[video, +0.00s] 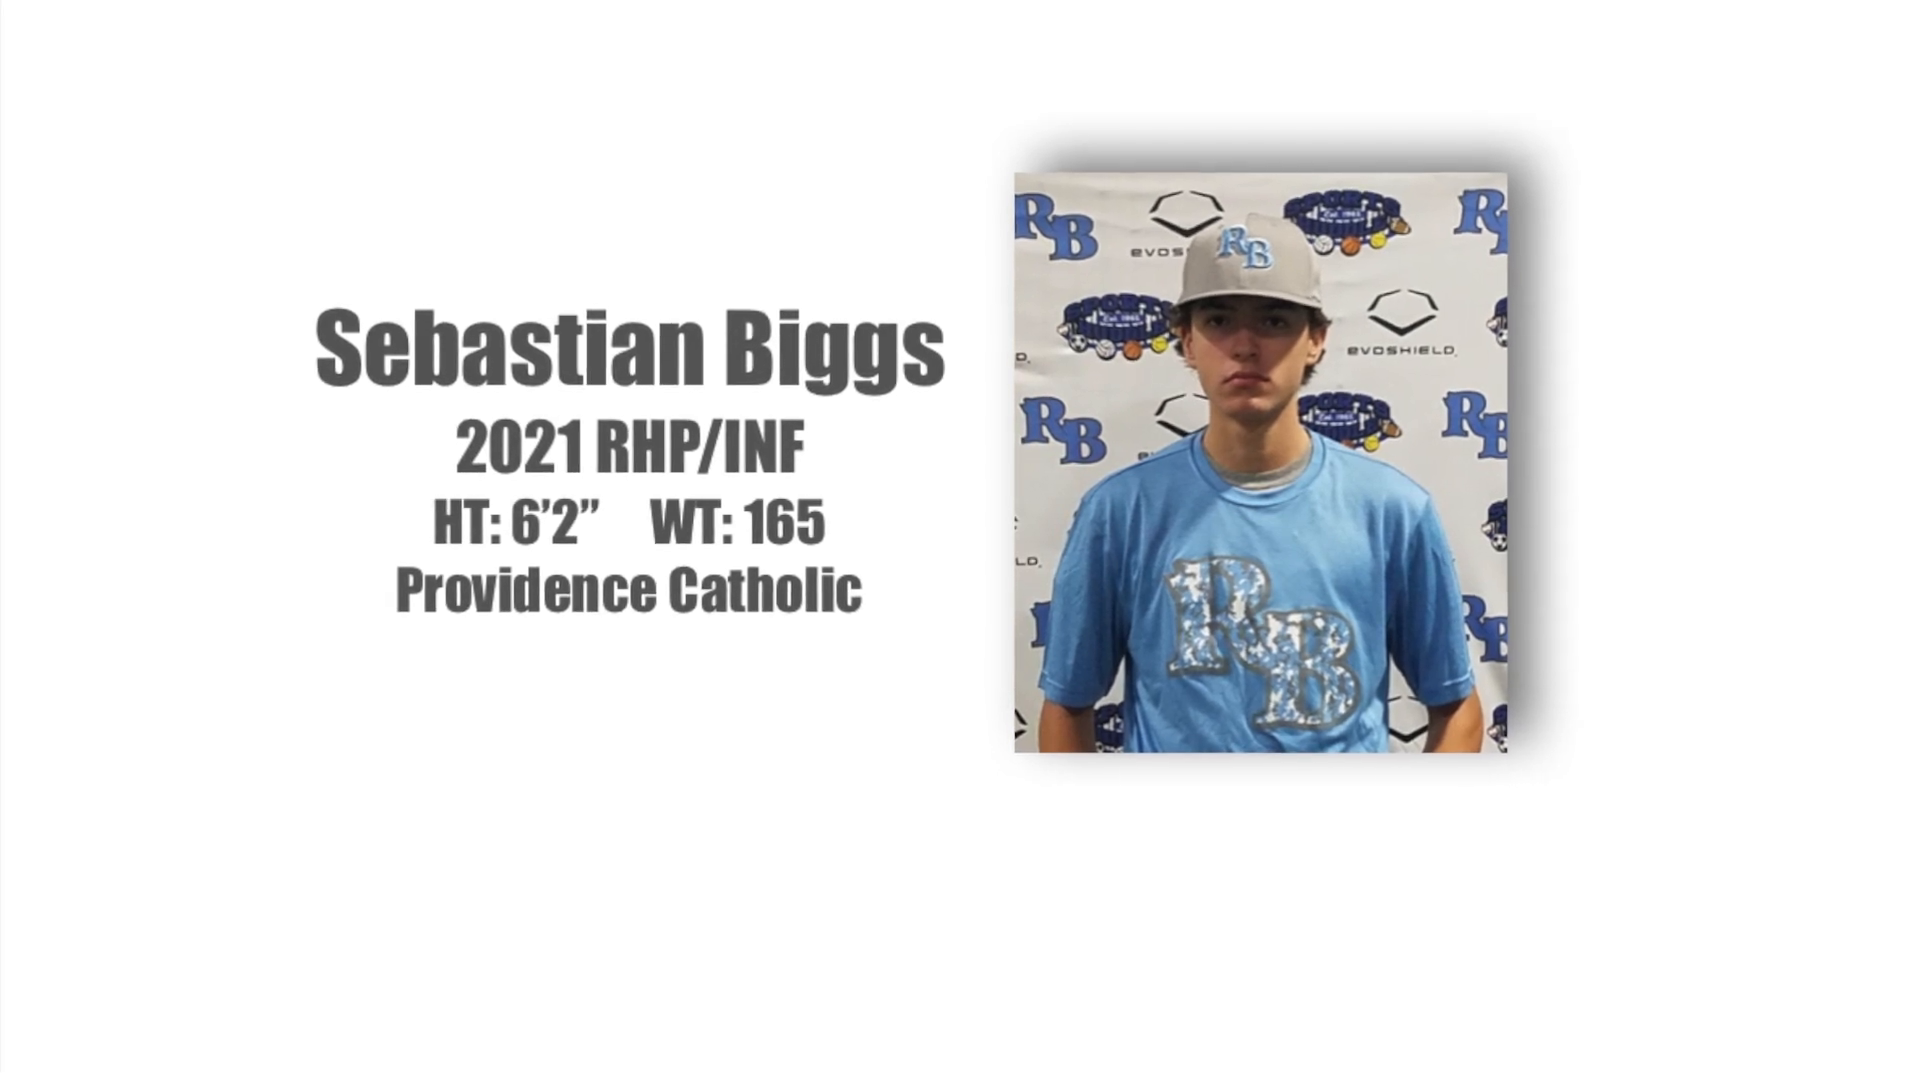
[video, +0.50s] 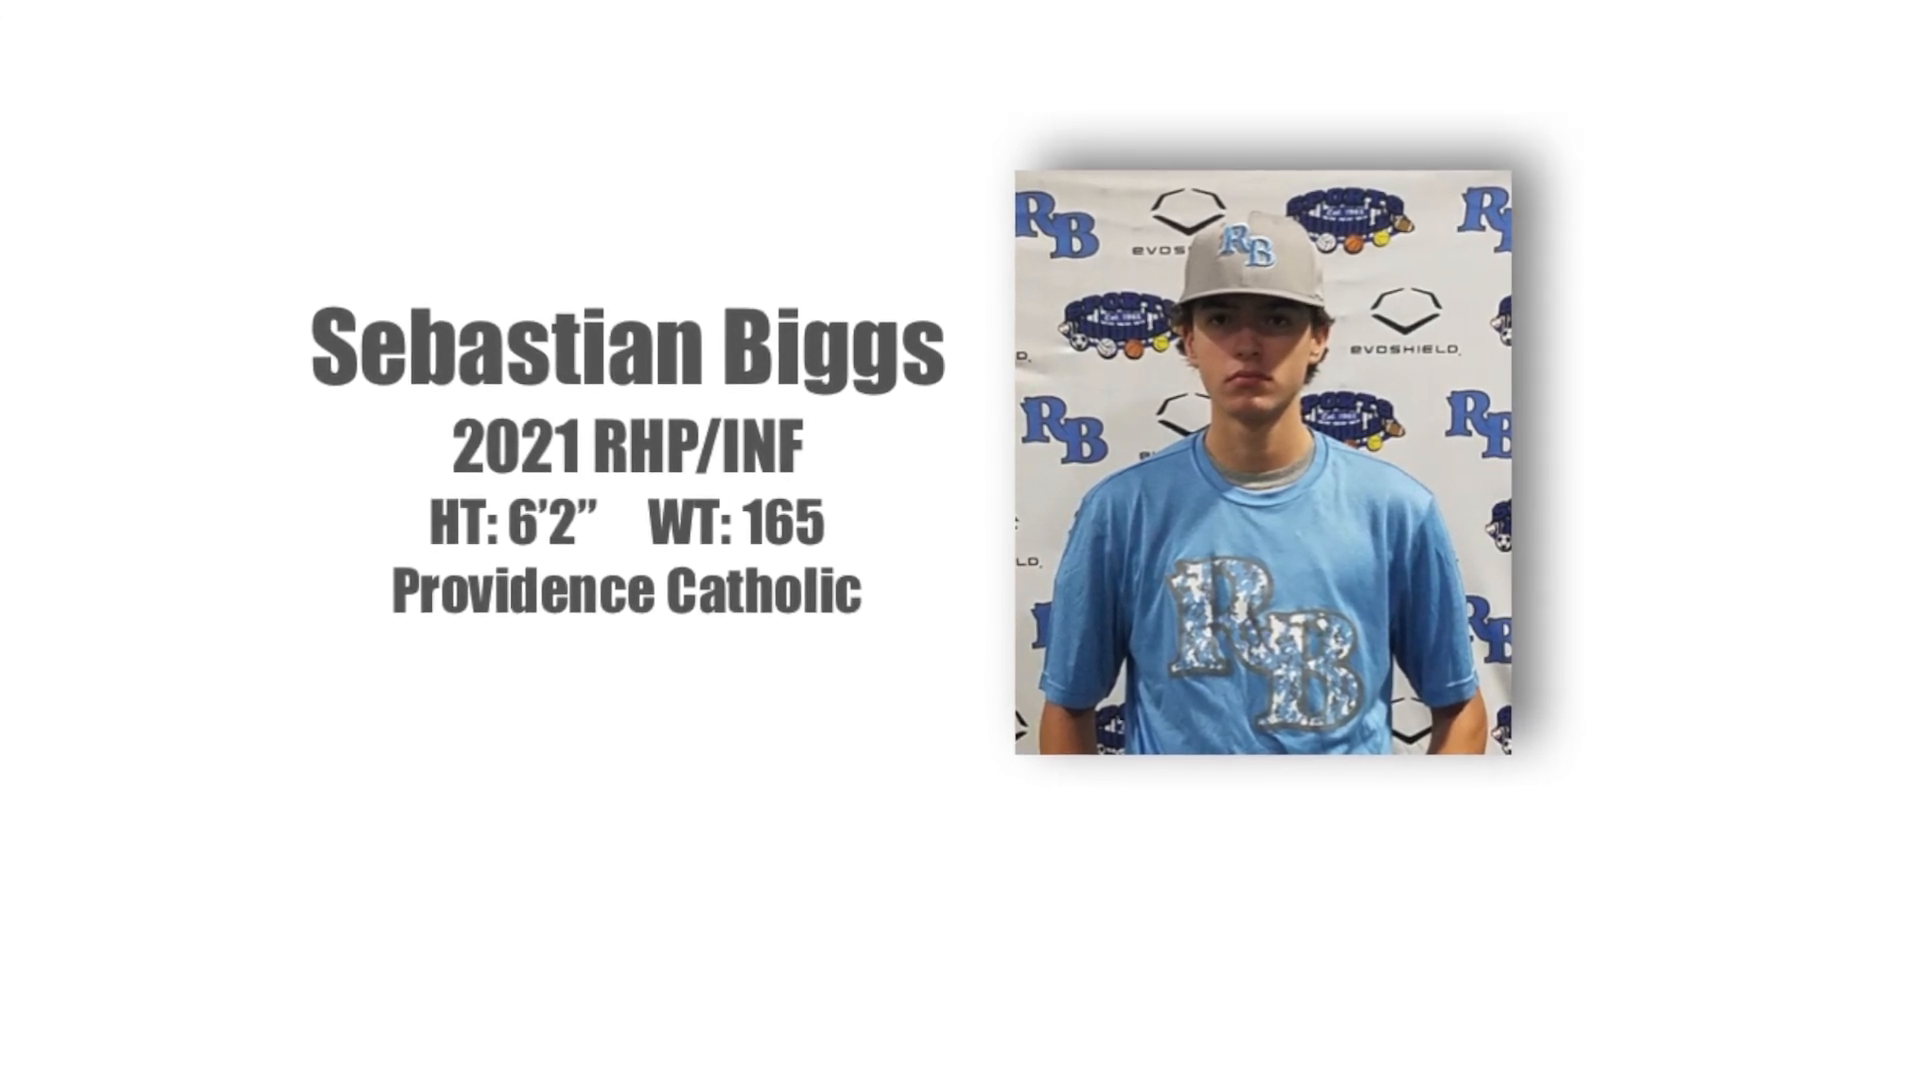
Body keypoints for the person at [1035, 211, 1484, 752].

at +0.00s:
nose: (1245, 345)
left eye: (1273, 321)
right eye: (1221, 321)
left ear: (1314, 342)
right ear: (1187, 342)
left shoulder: (1394, 511)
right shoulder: (1117, 513)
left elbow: (1457, 708)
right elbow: (1067, 711)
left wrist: (1420, 827)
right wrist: (1076, 832)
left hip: (1351, 823)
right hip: (1171, 823)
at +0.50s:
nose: (1248, 343)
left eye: (1276, 319)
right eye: (1223, 319)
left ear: (1317, 341)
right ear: (1189, 341)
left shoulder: (1398, 511)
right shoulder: (1118, 513)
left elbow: (1461, 710)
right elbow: (1068, 712)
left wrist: (1422, 829)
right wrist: (1079, 835)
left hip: (1354, 826)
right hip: (1172, 825)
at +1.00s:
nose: (1251, 342)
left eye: (1279, 317)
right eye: (1226, 318)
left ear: (1320, 340)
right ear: (1191, 339)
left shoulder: (1402, 511)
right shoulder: (1120, 513)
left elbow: (1466, 712)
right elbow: (1069, 714)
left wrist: (1426, 832)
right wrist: (1080, 838)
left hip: (1357, 828)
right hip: (1174, 829)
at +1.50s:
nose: (1254, 340)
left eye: (1282, 316)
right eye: (1229, 316)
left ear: (1324, 337)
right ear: (1193, 338)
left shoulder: (1407, 511)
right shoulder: (1122, 513)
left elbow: (1471, 714)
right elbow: (1071, 716)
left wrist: (1431, 836)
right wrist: (1083, 841)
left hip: (1362, 831)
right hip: (1177, 831)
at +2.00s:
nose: (1257, 339)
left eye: (1286, 314)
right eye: (1231, 314)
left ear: (1328, 335)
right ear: (1195, 336)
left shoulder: (1410, 510)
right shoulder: (1124, 513)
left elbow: (1476, 716)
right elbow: (1072, 718)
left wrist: (1436, 838)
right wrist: (1085, 844)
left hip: (1366, 834)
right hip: (1180, 834)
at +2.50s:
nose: (1260, 337)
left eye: (1289, 312)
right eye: (1234, 312)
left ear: (1331, 334)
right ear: (1198, 335)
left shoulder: (1415, 511)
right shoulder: (1125, 514)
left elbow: (1482, 717)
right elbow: (1073, 720)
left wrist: (1440, 841)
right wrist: (1086, 847)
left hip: (1370, 837)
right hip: (1182, 837)